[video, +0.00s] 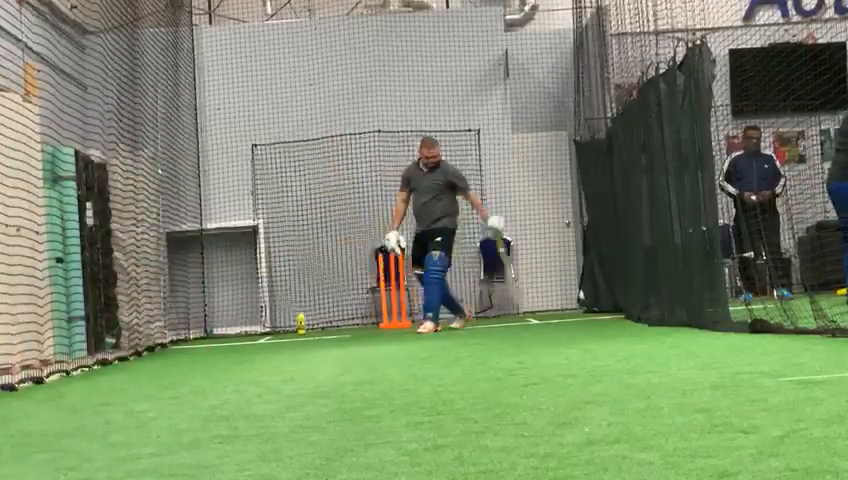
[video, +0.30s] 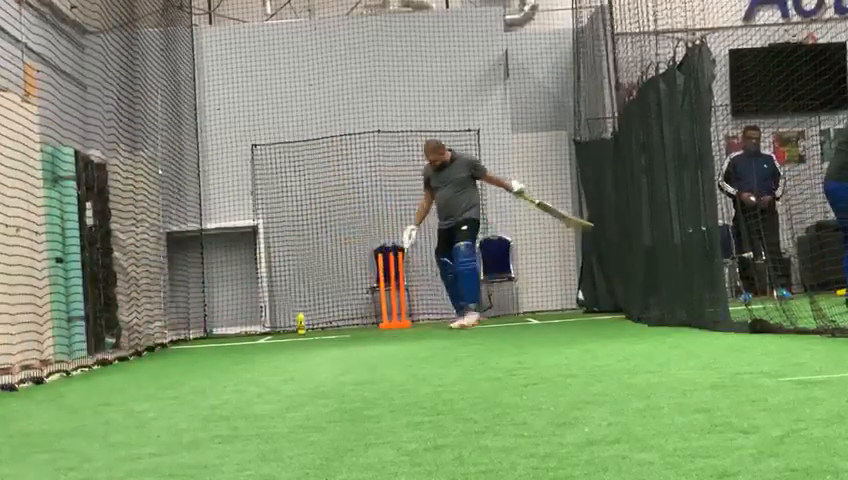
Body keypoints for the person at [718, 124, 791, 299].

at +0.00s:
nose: (754, 142)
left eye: (757, 139)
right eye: (750, 139)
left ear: (761, 140)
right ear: (743, 140)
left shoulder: (769, 159)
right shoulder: (734, 159)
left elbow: (782, 179)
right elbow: (722, 182)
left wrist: (771, 193)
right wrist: (741, 195)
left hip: (768, 210)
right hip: (745, 211)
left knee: (773, 247)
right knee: (746, 251)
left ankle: (780, 286)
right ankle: (750, 290)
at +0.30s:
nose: (754, 142)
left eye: (757, 139)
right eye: (750, 139)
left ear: (760, 141)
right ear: (743, 140)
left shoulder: (769, 159)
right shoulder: (733, 159)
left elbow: (780, 180)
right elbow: (721, 182)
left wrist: (772, 196)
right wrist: (739, 195)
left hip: (767, 209)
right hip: (744, 210)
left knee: (773, 247)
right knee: (745, 251)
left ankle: (779, 286)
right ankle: (749, 290)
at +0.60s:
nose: (754, 142)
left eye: (757, 139)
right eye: (750, 139)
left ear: (760, 141)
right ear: (742, 140)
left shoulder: (769, 158)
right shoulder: (733, 159)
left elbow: (780, 182)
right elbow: (721, 182)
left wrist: (774, 202)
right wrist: (738, 195)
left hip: (768, 209)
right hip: (744, 211)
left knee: (773, 248)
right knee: (745, 250)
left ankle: (778, 286)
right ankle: (749, 289)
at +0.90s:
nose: (754, 142)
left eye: (757, 139)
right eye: (750, 139)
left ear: (760, 140)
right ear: (743, 140)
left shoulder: (769, 158)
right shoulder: (733, 159)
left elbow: (779, 183)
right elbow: (721, 181)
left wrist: (779, 205)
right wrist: (739, 195)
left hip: (768, 210)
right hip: (745, 211)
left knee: (773, 248)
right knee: (745, 251)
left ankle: (778, 286)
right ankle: (749, 289)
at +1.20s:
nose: (756, 142)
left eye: (759, 139)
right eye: (752, 138)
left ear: (762, 140)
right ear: (744, 139)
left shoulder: (769, 159)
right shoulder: (733, 159)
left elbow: (777, 184)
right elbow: (722, 180)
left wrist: (782, 206)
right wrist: (739, 189)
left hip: (768, 210)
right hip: (744, 212)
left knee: (773, 248)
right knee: (746, 251)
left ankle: (779, 286)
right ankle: (748, 289)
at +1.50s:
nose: (755, 142)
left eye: (758, 139)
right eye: (751, 138)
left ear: (762, 141)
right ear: (744, 140)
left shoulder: (769, 159)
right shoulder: (735, 159)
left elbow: (777, 185)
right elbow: (721, 181)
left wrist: (781, 207)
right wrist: (735, 178)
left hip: (768, 211)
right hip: (744, 212)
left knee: (774, 248)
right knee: (746, 252)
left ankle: (779, 286)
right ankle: (748, 289)